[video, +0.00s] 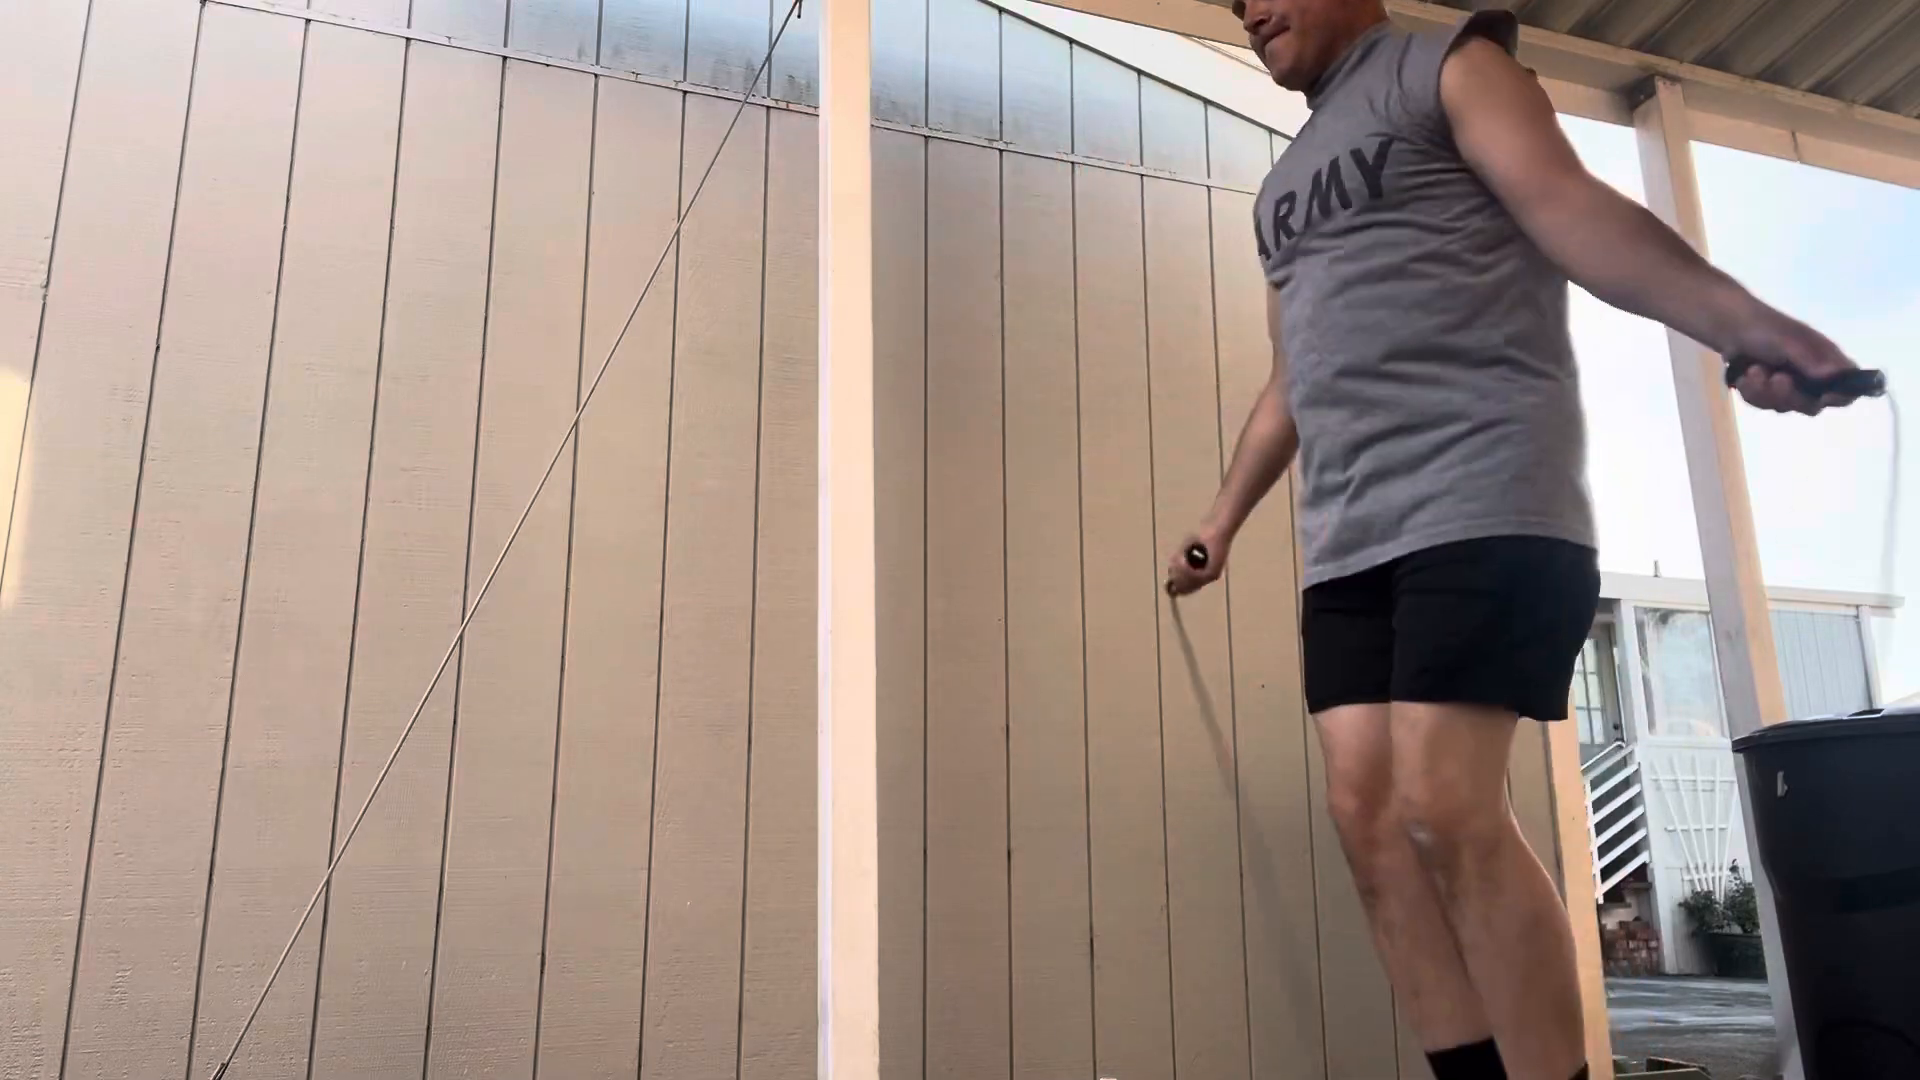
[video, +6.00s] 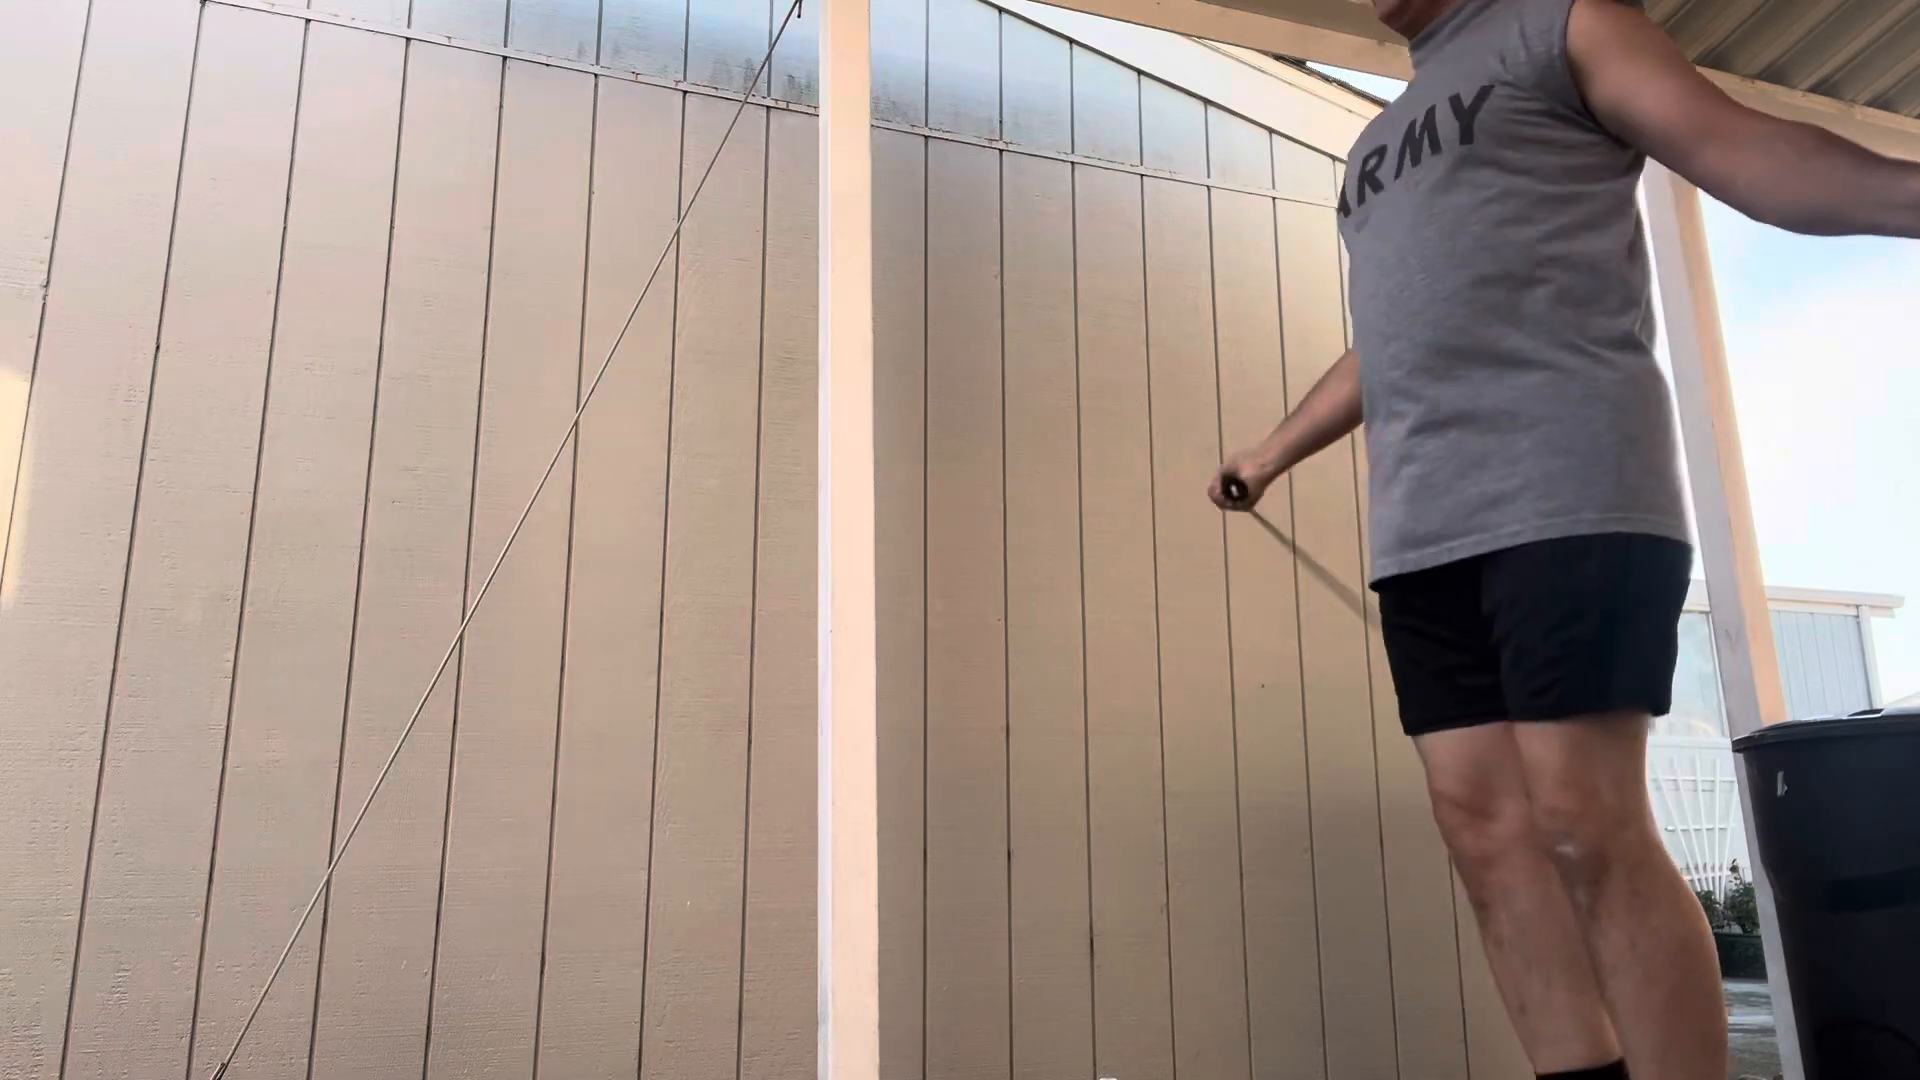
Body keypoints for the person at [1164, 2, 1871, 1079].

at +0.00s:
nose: (1250, 15)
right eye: (1241, 7)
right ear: (1257, 26)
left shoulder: (1446, 60)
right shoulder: (1281, 186)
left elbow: (1567, 205)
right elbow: (1294, 375)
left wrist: (1739, 321)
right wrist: (1223, 512)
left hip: (1488, 479)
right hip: (1344, 520)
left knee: (1449, 809)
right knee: (1368, 818)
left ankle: (1550, 1074)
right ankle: (1472, 1073)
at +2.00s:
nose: (1227, 62)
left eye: (1251, 36)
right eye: (1221, 49)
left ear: (1333, 44)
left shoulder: (1402, 155)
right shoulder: (1255, 261)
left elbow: (1533, 278)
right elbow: (1262, 459)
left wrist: (1632, 391)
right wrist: (1115, 528)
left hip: (1426, 607)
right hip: (1296, 633)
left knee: (1412, 936)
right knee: (1306, 927)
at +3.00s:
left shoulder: (1450, 45)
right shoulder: (1286, 159)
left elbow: (1578, 172)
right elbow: (1294, 362)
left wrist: (1754, 258)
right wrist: (1197, 502)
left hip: (1453, 484)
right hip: (1321, 514)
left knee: (1464, 827)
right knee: (1377, 833)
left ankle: (1551, 1071)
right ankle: (1457, 1070)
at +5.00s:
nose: (1339, 3)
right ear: (1342, 22)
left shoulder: (1520, 78)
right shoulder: (1353, 190)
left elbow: (1643, 222)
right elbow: (1350, 388)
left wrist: (1790, 337)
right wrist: (1233, 514)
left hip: (1517, 561)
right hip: (1381, 579)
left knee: (1533, 888)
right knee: (1431, 876)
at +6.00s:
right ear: (1390, 1)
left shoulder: (1556, 24)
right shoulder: (1372, 148)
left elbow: (1728, 142)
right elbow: (1382, 349)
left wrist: (1904, 195)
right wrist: (1266, 456)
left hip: (1576, 484)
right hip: (1420, 519)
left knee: (1590, 821)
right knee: (1483, 831)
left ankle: (1682, 1065)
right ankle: (1586, 1065)